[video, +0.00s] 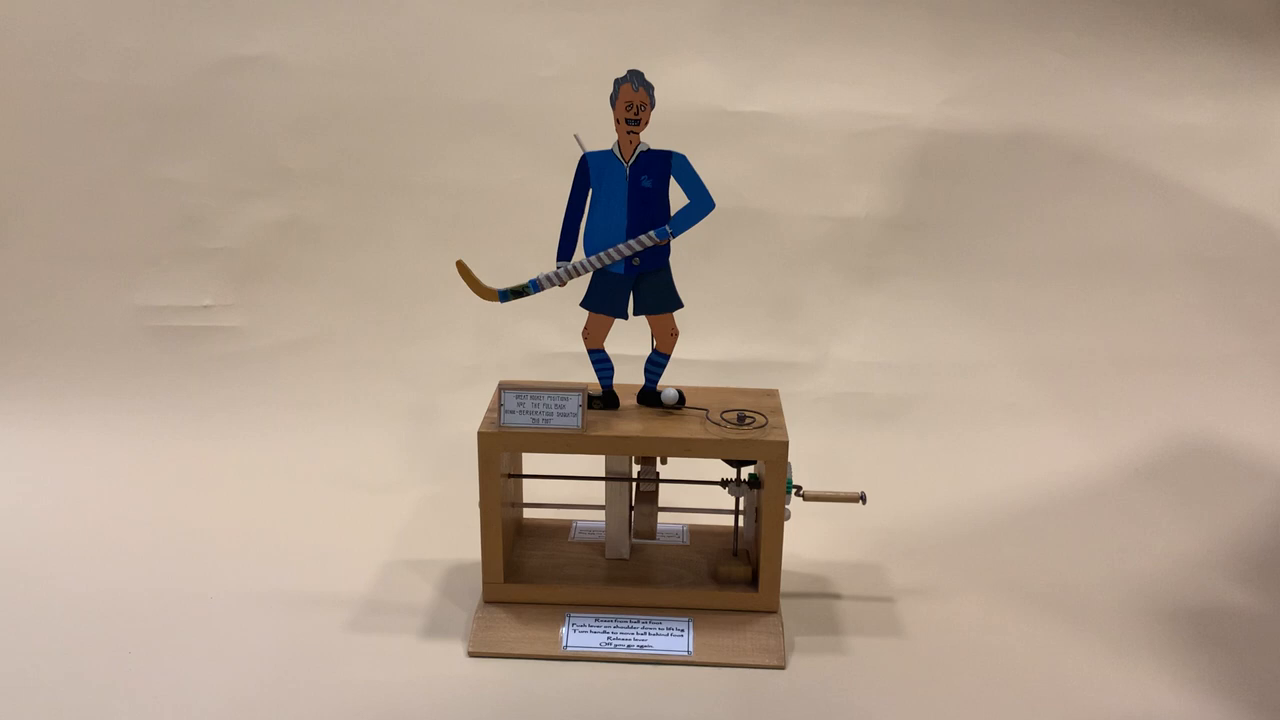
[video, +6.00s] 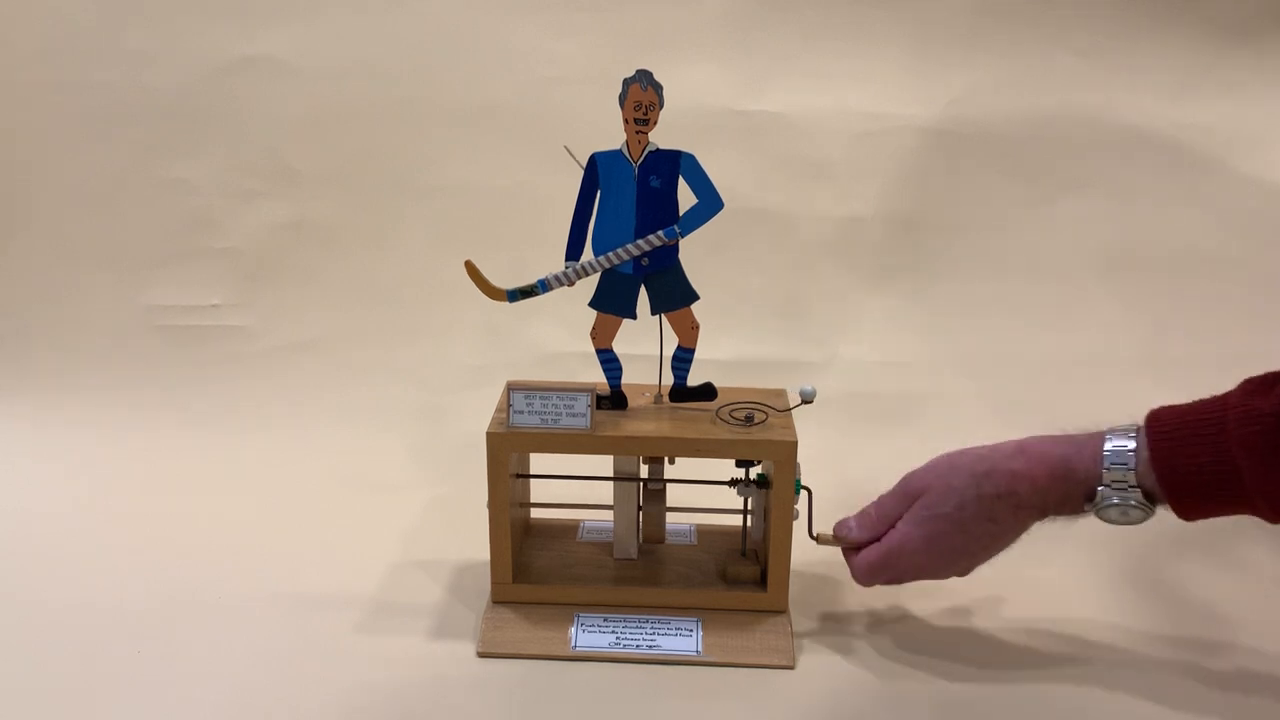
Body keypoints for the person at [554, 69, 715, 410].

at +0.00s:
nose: (635, 111)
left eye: (642, 105)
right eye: (627, 104)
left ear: (651, 113)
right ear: (613, 110)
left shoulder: (667, 161)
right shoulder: (592, 163)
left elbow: (704, 202)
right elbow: (573, 216)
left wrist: (668, 232)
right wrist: (563, 264)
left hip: (652, 268)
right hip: (609, 268)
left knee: (667, 335)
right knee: (592, 336)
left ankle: (649, 392)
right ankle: (607, 393)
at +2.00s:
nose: (643, 124)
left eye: (649, 117)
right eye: (636, 116)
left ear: (658, 125)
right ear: (623, 122)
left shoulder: (676, 168)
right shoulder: (601, 170)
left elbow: (712, 210)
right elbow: (581, 222)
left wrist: (675, 239)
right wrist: (570, 269)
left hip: (660, 274)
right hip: (616, 274)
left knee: (675, 341)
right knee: (598, 342)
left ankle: (656, 398)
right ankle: (612, 400)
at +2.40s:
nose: (644, 125)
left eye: (652, 119)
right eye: (639, 117)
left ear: (662, 125)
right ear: (627, 121)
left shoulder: (680, 170)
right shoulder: (605, 168)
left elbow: (715, 212)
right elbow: (584, 220)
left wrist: (676, 241)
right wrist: (573, 268)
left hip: (665, 272)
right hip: (619, 274)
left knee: (703, 332)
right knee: (599, 343)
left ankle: (703, 391)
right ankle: (614, 401)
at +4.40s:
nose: (646, 114)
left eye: (653, 108)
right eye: (639, 107)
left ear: (662, 116)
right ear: (625, 113)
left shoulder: (679, 164)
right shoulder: (603, 165)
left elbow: (715, 206)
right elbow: (584, 219)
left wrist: (677, 235)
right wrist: (573, 266)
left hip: (663, 267)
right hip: (620, 268)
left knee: (690, 334)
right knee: (602, 338)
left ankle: (680, 392)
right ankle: (617, 396)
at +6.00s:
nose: (643, 112)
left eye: (651, 106)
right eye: (636, 105)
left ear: (659, 113)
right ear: (622, 110)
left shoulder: (676, 161)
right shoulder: (600, 163)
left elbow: (713, 202)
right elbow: (581, 217)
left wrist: (676, 232)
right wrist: (571, 265)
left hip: (662, 265)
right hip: (618, 266)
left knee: (689, 330)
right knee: (601, 337)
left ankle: (678, 389)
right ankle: (616, 393)